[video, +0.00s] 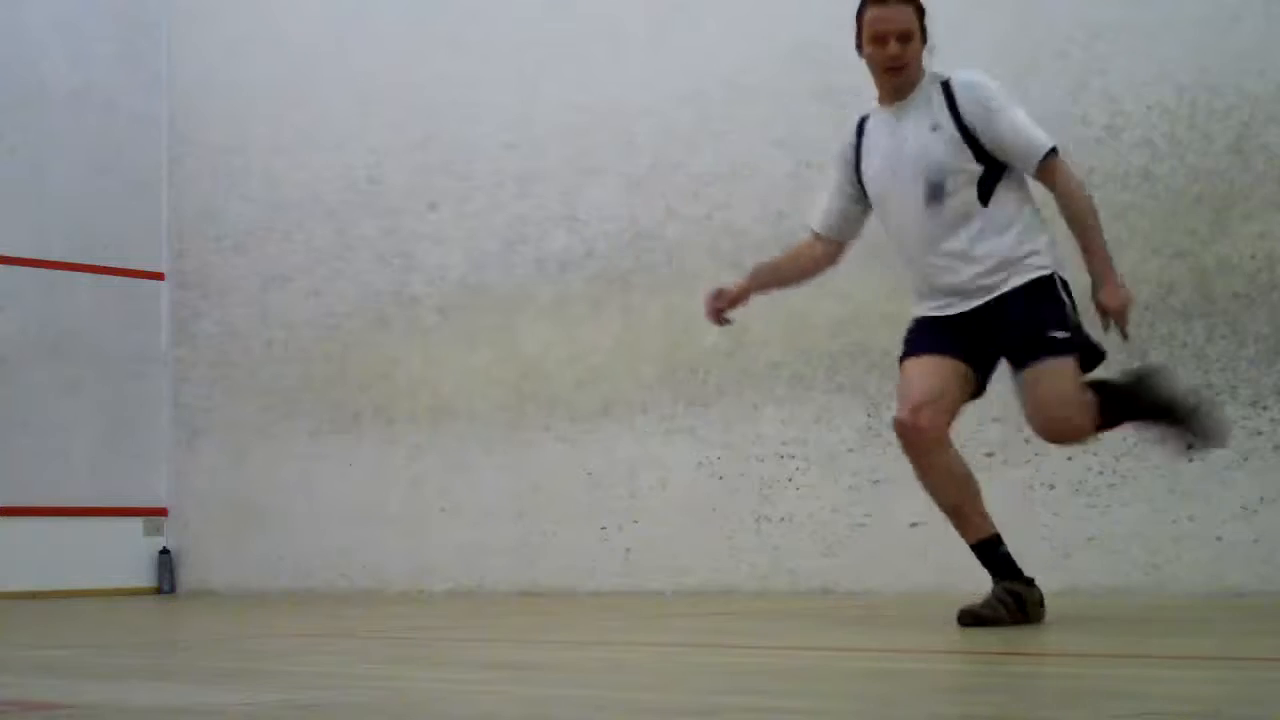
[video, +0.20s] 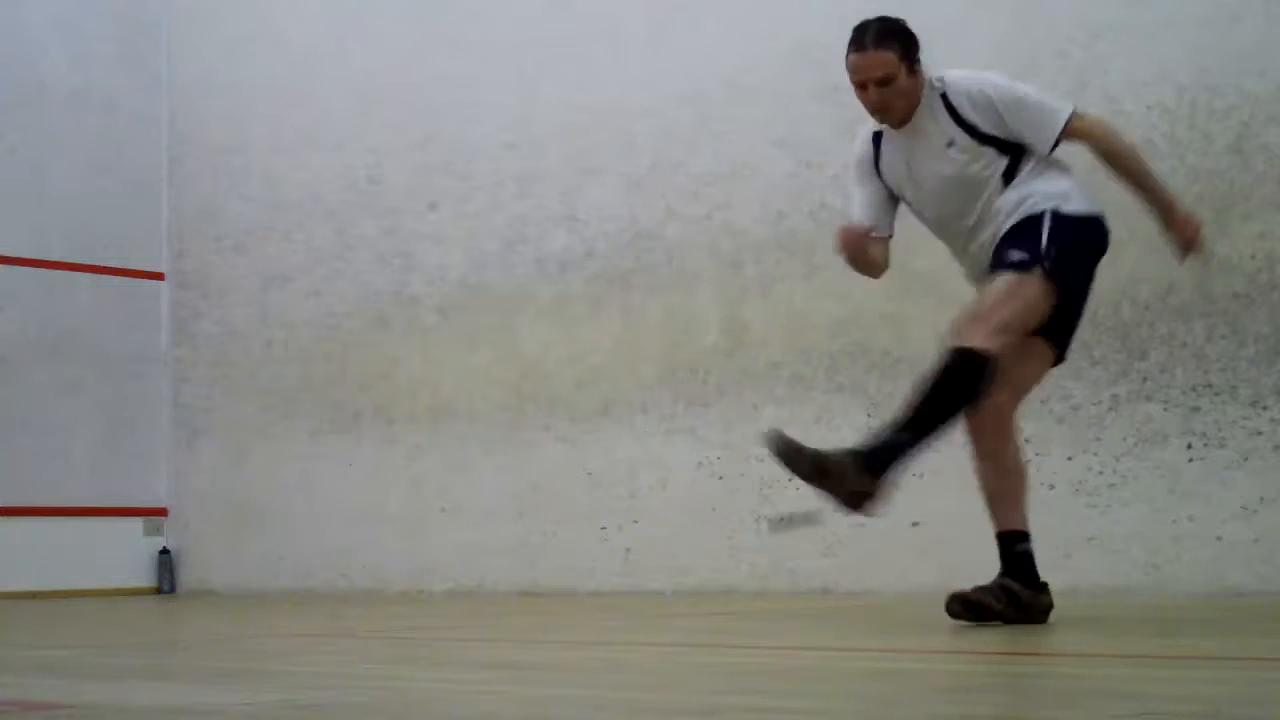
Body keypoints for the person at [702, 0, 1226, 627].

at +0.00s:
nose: (891, 52)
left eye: (903, 38)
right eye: (877, 40)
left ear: (924, 40)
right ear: (861, 47)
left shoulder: (967, 97)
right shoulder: (863, 140)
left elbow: (1060, 175)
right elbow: (824, 245)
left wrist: (1104, 277)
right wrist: (748, 284)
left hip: (1025, 286)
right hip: (945, 308)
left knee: (1058, 422)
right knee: (916, 423)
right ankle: (1011, 586)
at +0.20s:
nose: (872, 100)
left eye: (883, 84)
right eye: (860, 87)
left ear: (915, 71)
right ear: (850, 83)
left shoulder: (968, 95)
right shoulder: (875, 152)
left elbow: (1092, 132)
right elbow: (875, 262)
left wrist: (1170, 211)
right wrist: (856, 248)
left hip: (1054, 224)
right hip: (1011, 265)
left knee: (977, 336)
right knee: (989, 405)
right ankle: (1022, 581)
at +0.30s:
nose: (856, 97)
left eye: (864, 83)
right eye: (851, 85)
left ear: (909, 71)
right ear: (883, 80)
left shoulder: (977, 78)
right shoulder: (903, 149)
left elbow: (1107, 77)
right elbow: (897, 257)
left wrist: (1206, 128)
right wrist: (881, 227)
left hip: (1049, 220)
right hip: (1069, 247)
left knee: (901, 309)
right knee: (1019, 407)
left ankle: (837, 488)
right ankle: (1026, 581)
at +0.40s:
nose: (859, 80)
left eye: (863, 66)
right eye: (858, 66)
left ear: (896, 64)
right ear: (899, 65)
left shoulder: (968, 71)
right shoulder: (927, 144)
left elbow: (1097, 53)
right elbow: (912, 235)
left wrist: (1209, 82)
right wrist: (884, 210)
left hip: (1031, 233)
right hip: (1078, 246)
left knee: (907, 341)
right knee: (1022, 415)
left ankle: (912, 523)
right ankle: (1022, 581)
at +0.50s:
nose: (883, 75)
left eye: (887, 62)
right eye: (884, 63)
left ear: (909, 62)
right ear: (926, 59)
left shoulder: (956, 88)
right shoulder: (950, 142)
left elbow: (1059, 87)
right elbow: (934, 232)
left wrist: (1166, 127)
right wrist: (881, 224)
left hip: (1013, 255)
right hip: (1085, 252)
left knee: (961, 401)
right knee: (1024, 420)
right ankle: (1018, 576)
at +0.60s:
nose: (908, 89)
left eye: (911, 76)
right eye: (908, 76)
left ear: (933, 75)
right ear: (967, 74)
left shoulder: (949, 116)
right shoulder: (1019, 114)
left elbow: (1006, 150)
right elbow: (967, 241)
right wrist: (892, 256)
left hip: (1015, 271)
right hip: (1091, 270)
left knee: (990, 418)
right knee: (1038, 440)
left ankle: (1015, 576)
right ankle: (1016, 554)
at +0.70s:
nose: (934, 100)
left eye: (935, 87)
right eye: (933, 88)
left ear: (955, 83)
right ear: (995, 83)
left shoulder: (961, 120)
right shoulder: (1050, 123)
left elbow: (956, 195)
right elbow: (1033, 227)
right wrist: (950, 280)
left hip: (1011, 275)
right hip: (1089, 279)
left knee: (995, 423)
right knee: (1065, 434)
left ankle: (1014, 575)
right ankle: (1051, 507)